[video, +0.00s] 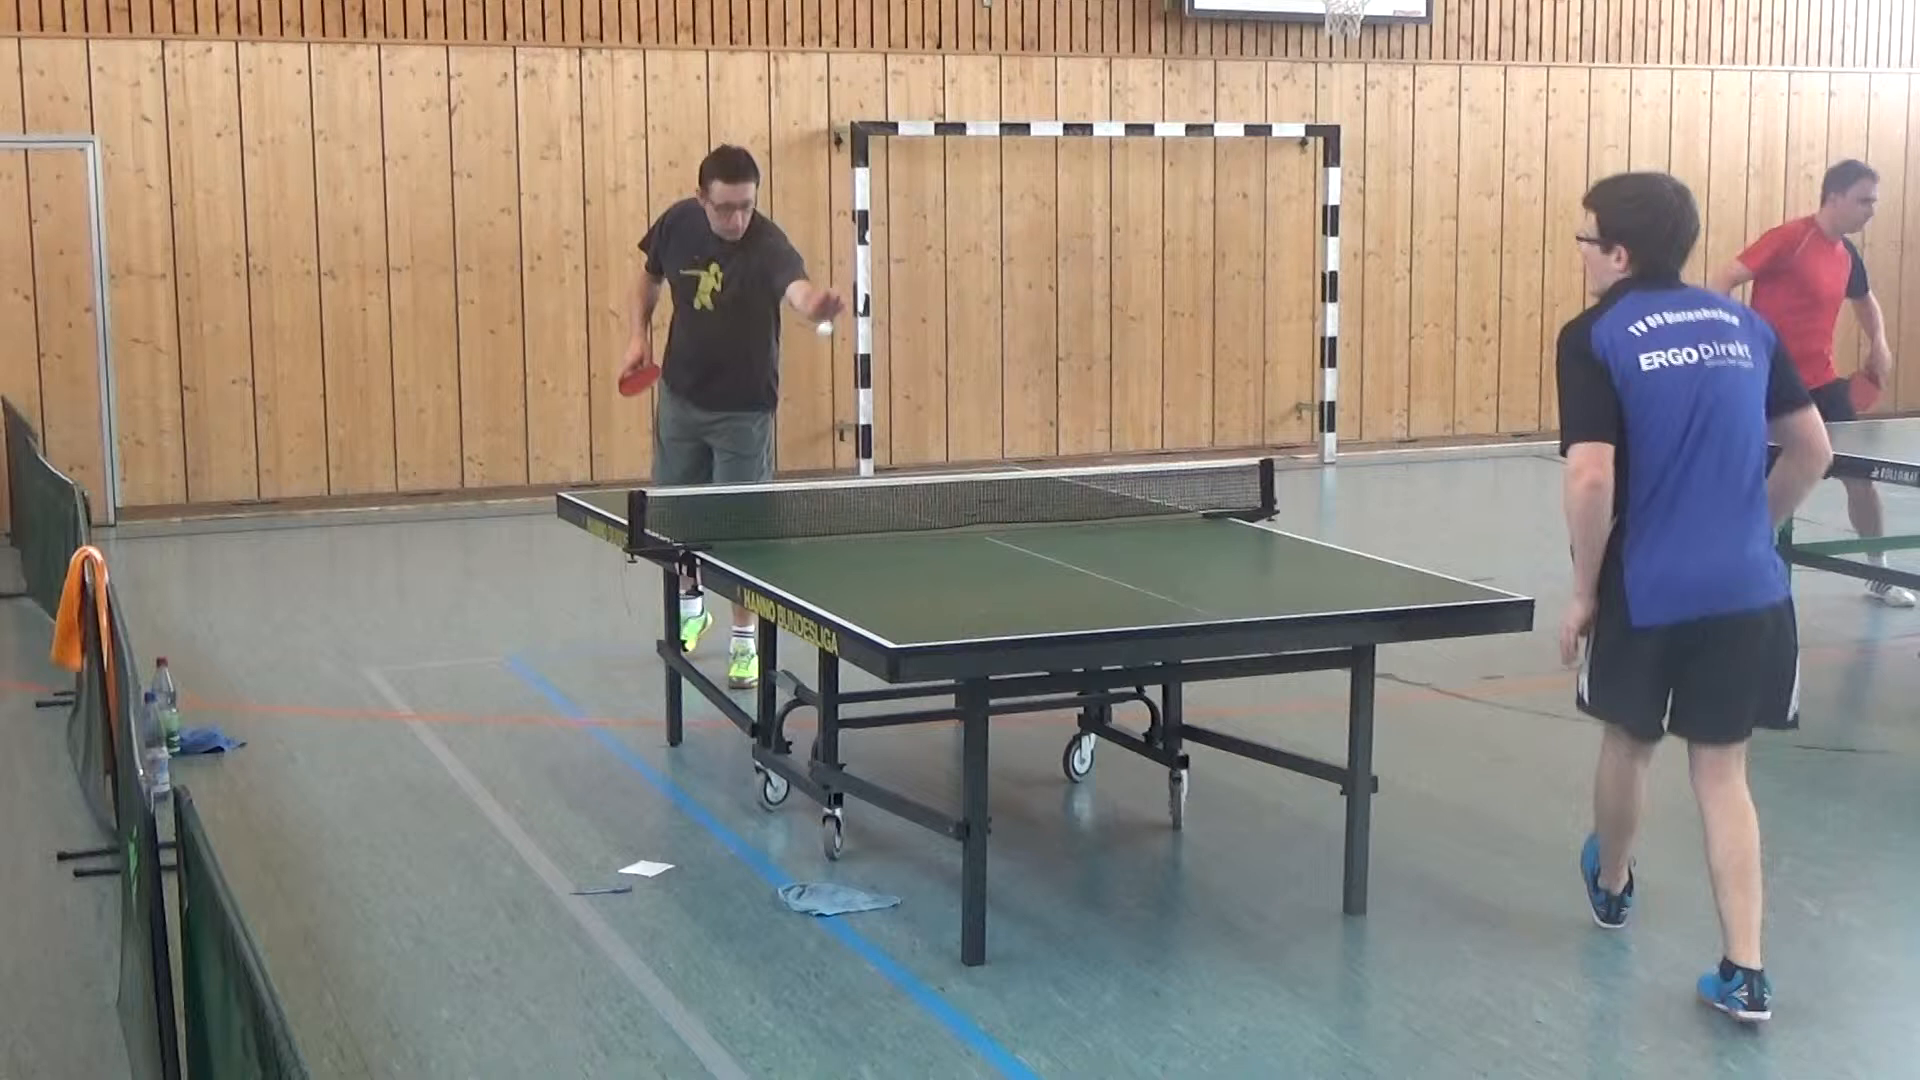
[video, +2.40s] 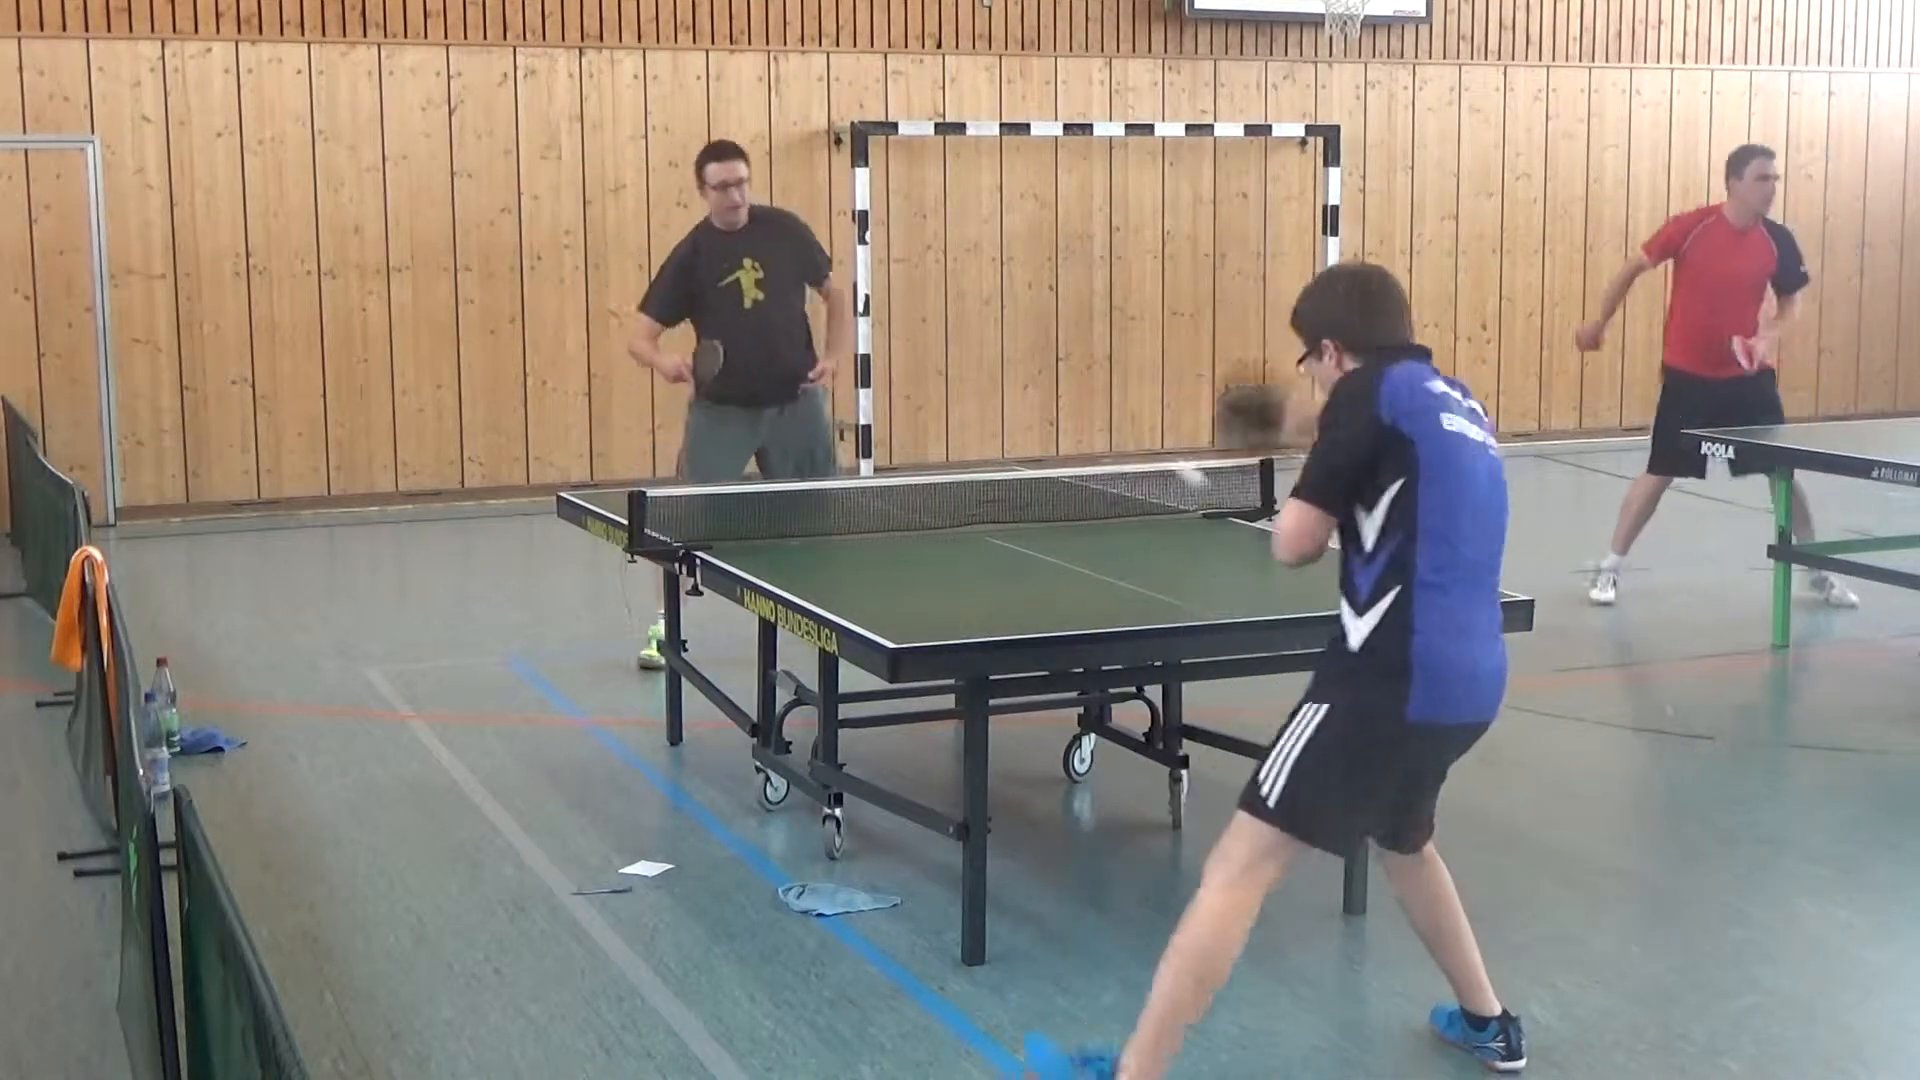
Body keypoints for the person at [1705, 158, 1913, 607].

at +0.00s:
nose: (1871, 211)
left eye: (1874, 202)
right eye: (1865, 201)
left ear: (1846, 202)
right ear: (1834, 198)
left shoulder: (1846, 253)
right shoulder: (1787, 238)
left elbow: (1864, 302)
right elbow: (1721, 280)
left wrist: (1879, 344)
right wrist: (1720, 347)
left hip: (1825, 384)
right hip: (1775, 388)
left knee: (1859, 474)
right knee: (1771, 483)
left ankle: (1879, 573)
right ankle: (1752, 571)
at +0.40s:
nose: (1876, 194)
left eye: (1878, 186)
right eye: (1868, 185)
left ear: (1870, 190)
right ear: (1837, 185)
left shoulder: (1876, 245)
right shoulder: (1789, 233)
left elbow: (1860, 304)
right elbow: (1742, 284)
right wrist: (1721, 335)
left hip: (1846, 376)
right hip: (1786, 376)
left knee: (1867, 474)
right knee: (1768, 469)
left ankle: (1879, 574)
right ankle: (1753, 568)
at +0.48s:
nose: (1864, 189)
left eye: (1866, 181)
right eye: (1854, 181)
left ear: (1866, 185)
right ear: (1827, 183)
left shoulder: (1877, 235)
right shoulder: (1786, 230)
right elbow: (1747, 283)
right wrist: (1723, 328)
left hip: (1847, 375)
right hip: (1785, 372)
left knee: (1866, 474)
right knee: (1761, 465)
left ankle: (1880, 573)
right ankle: (1740, 557)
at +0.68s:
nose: (1827, 182)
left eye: (1832, 174)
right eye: (1817, 174)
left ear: (1838, 179)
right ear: (1794, 180)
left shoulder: (1856, 231)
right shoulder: (1767, 230)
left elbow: (1909, 259)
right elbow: (1746, 281)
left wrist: (1909, 252)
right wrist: (1727, 333)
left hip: (1837, 379)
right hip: (1774, 375)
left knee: (1858, 475)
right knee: (1733, 470)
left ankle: (1881, 570)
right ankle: (1684, 556)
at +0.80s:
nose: (1801, 184)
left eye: (1807, 176)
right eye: (1791, 176)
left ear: (1815, 182)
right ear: (1771, 183)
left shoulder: (1834, 235)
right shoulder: (1744, 234)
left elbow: (1889, 287)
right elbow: (1728, 281)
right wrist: (1722, 324)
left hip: (1820, 384)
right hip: (1755, 382)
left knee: (1849, 476)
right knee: (1720, 473)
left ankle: (1880, 570)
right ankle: (1690, 562)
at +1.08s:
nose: (1784, 165)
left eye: (1790, 158)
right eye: (1774, 157)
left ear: (1798, 164)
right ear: (1753, 163)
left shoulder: (1816, 218)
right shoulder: (1720, 216)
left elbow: (1850, 282)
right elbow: (1688, 271)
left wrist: (1820, 316)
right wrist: (1662, 332)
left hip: (1799, 367)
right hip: (1734, 365)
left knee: (1824, 467)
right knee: (1701, 463)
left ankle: (1842, 567)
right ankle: (1660, 552)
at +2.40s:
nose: (1773, 188)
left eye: (1776, 180)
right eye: (1764, 179)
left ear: (1771, 185)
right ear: (1734, 183)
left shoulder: (1777, 241)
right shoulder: (1688, 227)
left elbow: (1790, 301)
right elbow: (1633, 268)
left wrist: (1771, 335)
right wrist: (1599, 323)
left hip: (1750, 380)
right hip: (1689, 380)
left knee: (1783, 474)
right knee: (1659, 473)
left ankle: (1817, 570)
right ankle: (1610, 567)